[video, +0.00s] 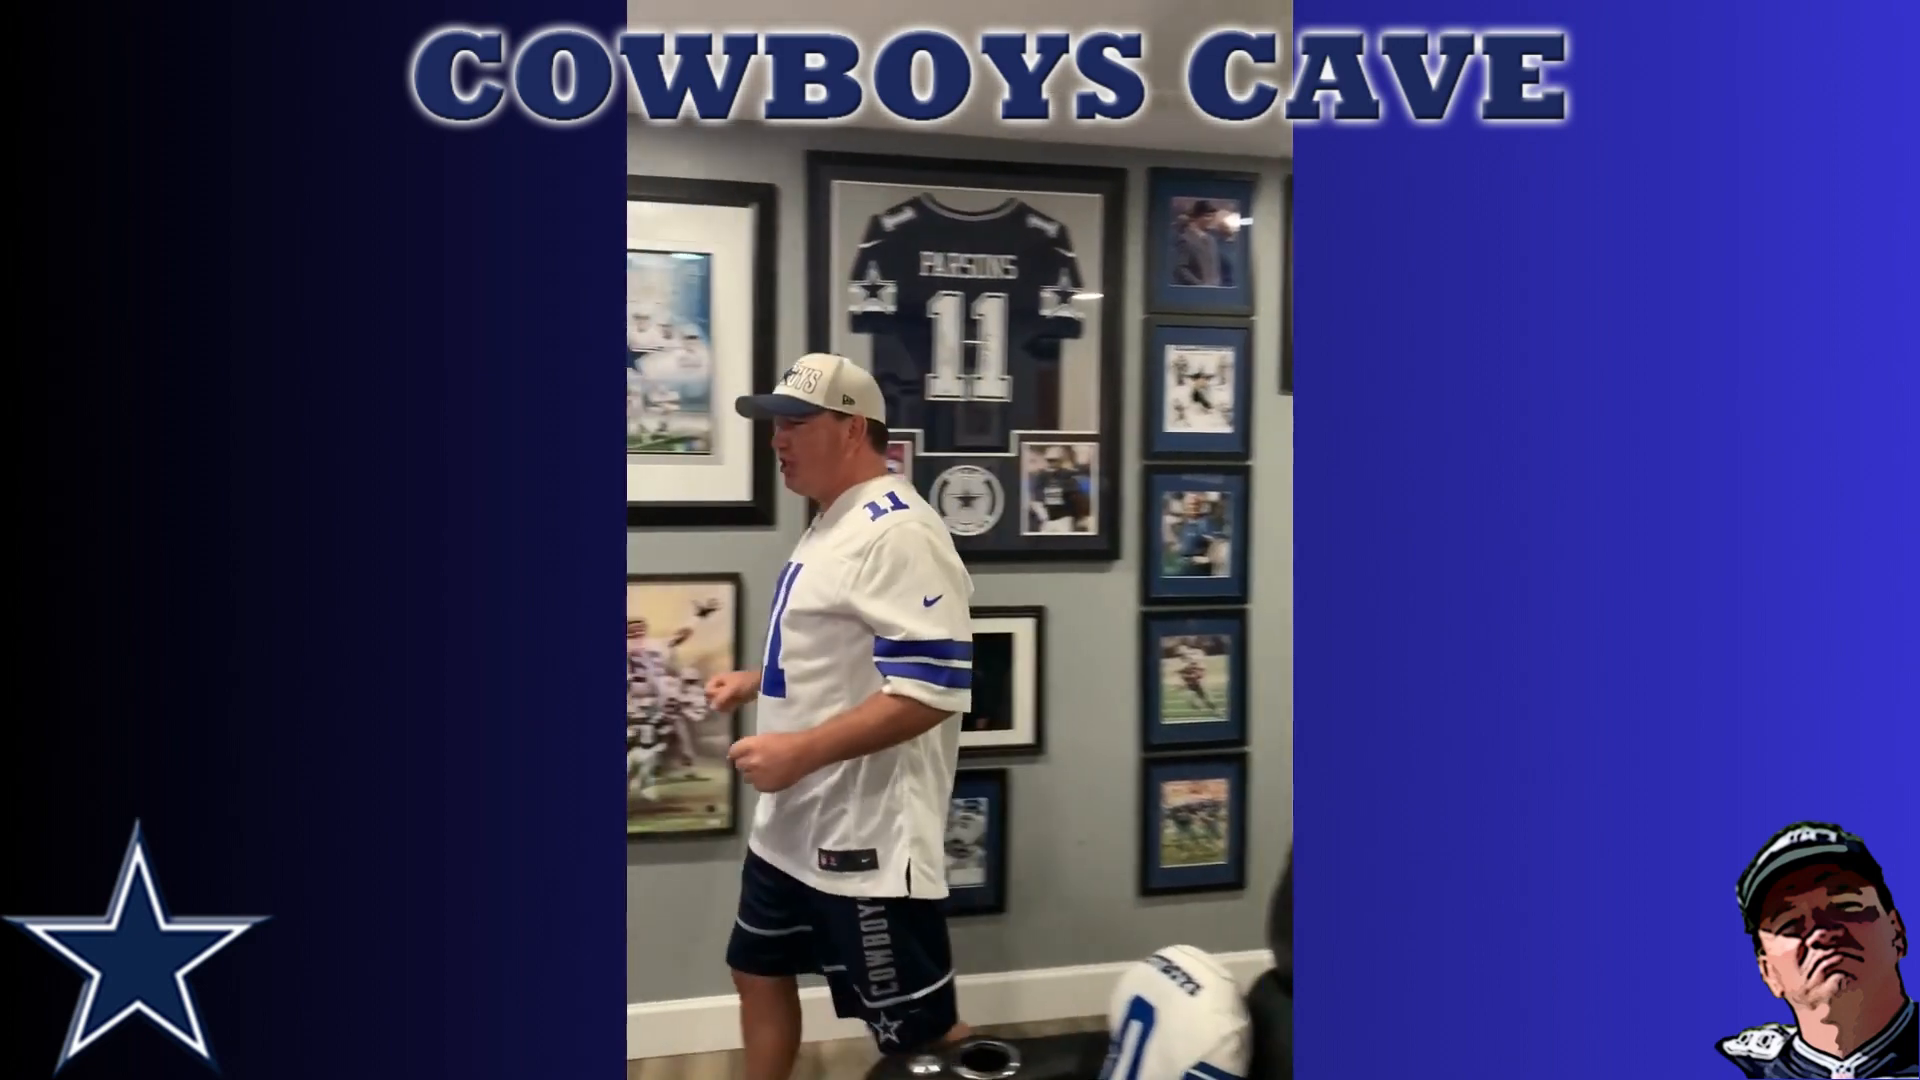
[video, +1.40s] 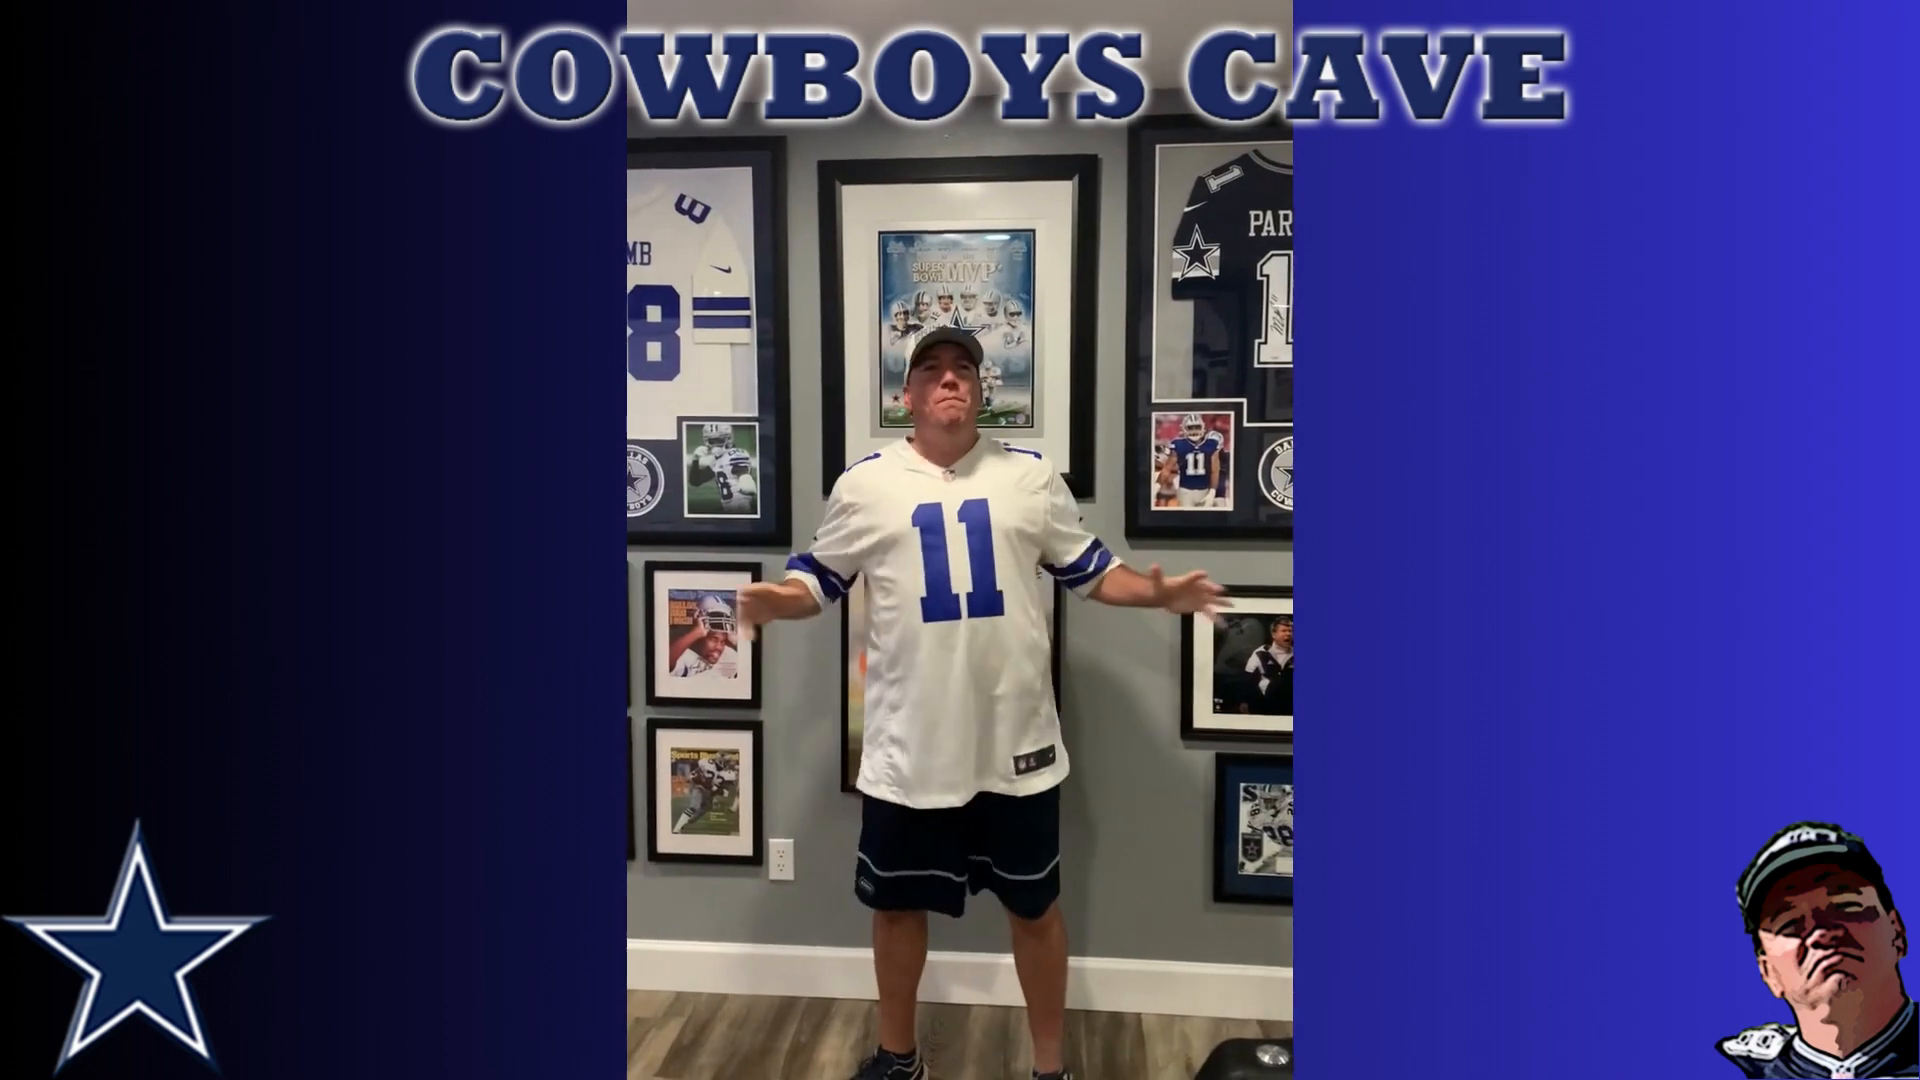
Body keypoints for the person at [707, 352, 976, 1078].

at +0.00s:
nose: (777, 439)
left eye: (795, 423)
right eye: (777, 423)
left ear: (851, 430)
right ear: (843, 434)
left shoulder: (901, 532)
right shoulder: (834, 522)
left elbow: (934, 686)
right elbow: (841, 660)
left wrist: (803, 750)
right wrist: (758, 681)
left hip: (873, 837)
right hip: (794, 822)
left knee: (922, 1033)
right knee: (759, 969)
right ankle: (768, 1078)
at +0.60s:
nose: (862, 412)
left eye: (883, 394)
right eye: (851, 397)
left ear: (931, 404)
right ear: (841, 409)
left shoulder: (975, 513)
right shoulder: (863, 501)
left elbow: (1013, 655)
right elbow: (852, 620)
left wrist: (904, 704)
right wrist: (775, 645)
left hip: (922, 805)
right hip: (837, 786)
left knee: (899, 1002)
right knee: (793, 930)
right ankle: (848, 1062)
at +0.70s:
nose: (894, 408)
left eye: (913, 390)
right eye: (878, 394)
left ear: (950, 405)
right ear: (864, 409)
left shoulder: (996, 509)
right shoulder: (860, 497)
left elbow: (1049, 639)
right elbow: (837, 602)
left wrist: (954, 680)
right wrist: (770, 632)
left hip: (936, 801)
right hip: (848, 790)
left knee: (929, 995)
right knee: (822, 946)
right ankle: (822, 1070)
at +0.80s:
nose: (917, 407)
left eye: (933, 390)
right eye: (900, 392)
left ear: (959, 405)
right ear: (877, 411)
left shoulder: (1009, 505)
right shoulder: (850, 498)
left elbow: (1079, 622)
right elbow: (817, 590)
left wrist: (1026, 650)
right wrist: (757, 624)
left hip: (957, 794)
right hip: (862, 786)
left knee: (956, 988)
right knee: (859, 950)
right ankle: (853, 1071)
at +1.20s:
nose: (955, 391)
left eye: (962, 375)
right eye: (932, 378)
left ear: (976, 388)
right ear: (896, 399)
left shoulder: (1030, 482)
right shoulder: (852, 492)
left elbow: (1089, 552)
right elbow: (799, 573)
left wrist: (1119, 578)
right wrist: (782, 597)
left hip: (1004, 746)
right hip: (893, 748)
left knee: (1028, 916)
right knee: (890, 907)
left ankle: (1049, 1071)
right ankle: (895, 1059)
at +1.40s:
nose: (951, 385)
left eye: (963, 377)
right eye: (936, 377)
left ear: (982, 398)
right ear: (908, 397)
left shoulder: (1030, 481)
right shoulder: (866, 486)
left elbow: (1096, 571)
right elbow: (816, 581)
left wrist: (1162, 592)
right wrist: (769, 599)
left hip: (1016, 740)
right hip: (907, 744)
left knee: (1034, 908)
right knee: (896, 907)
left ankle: (1049, 1067)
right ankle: (896, 1059)